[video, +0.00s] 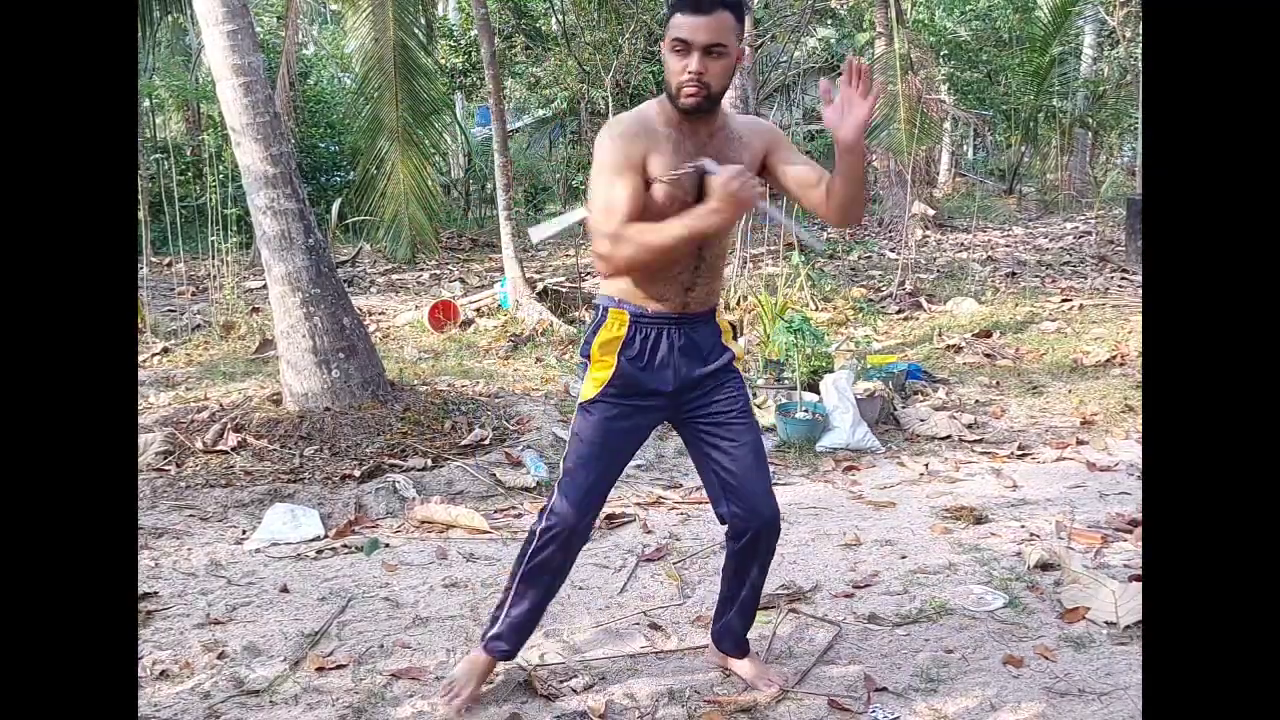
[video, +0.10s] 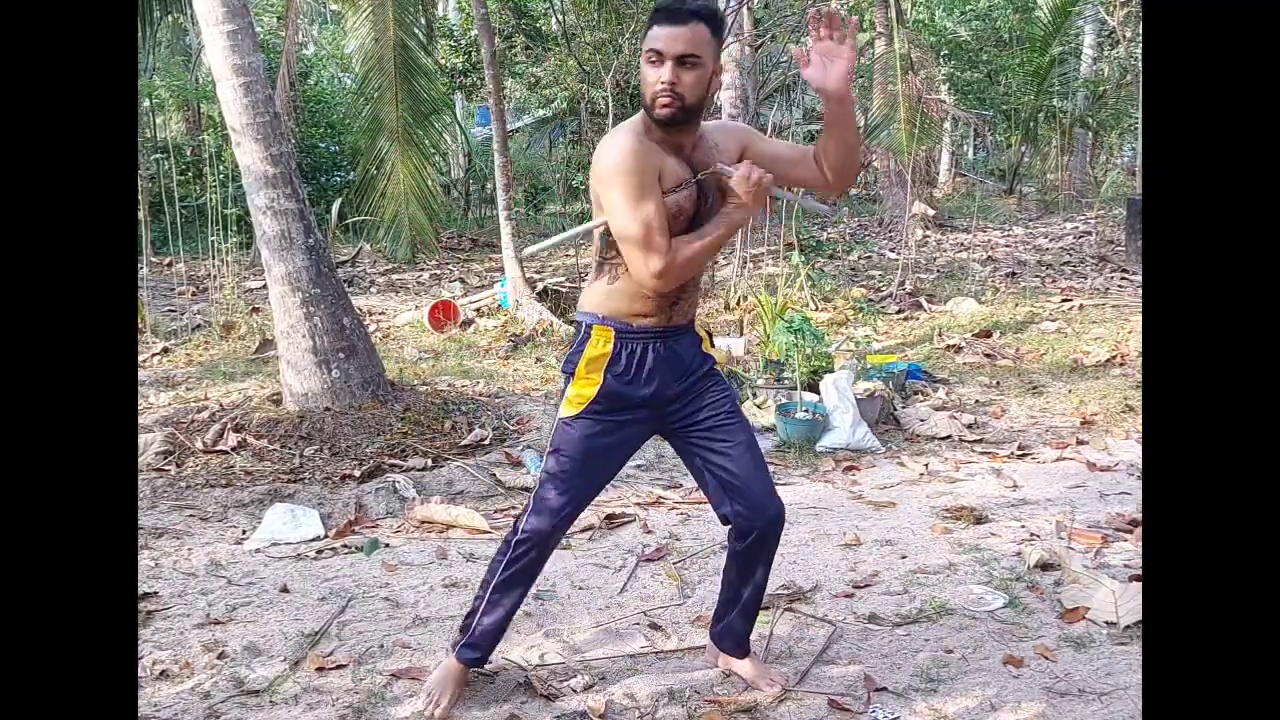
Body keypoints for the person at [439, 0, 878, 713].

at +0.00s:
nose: (694, 69)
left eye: (714, 53)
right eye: (681, 49)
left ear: (740, 55)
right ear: (662, 50)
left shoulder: (758, 137)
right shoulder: (625, 135)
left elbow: (842, 212)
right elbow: (611, 253)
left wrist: (849, 145)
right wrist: (712, 218)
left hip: (706, 347)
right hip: (625, 345)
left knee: (757, 516)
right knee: (568, 513)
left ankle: (730, 640)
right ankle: (490, 654)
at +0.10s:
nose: (667, 77)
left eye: (687, 64)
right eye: (656, 60)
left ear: (714, 73)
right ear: (640, 64)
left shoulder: (727, 142)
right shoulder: (622, 153)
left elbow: (833, 176)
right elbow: (657, 273)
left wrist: (837, 98)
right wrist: (734, 215)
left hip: (686, 358)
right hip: (609, 357)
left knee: (760, 512)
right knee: (545, 518)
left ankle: (731, 645)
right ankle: (463, 659)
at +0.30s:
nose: (534, 46)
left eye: (553, 33)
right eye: (530, 30)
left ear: (596, 42)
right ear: (524, 35)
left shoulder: (642, 128)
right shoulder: (498, 110)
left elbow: (731, 191)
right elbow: (414, 136)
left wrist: (753, 185)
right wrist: (365, 124)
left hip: (601, 332)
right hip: (518, 330)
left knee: (660, 489)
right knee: (478, 502)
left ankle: (683, 605)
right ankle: (454, 669)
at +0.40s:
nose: (502, 36)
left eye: (520, 23)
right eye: (498, 22)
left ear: (567, 31)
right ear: (491, 27)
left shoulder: (611, 122)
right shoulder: (478, 107)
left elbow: (687, 187)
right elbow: (384, 143)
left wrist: (732, 231)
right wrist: (294, 147)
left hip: (571, 330)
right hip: (491, 324)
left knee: (583, 490)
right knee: (465, 499)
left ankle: (587, 574)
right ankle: (456, 669)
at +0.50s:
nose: (451, 57)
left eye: (469, 42)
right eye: (446, 41)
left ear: (514, 49)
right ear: (446, 47)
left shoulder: (554, 135)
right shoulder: (473, 116)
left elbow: (649, 223)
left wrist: (674, 296)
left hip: (524, 342)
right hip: (454, 329)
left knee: (520, 499)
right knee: (430, 500)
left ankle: (530, 590)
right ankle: (453, 669)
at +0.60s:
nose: (434, 70)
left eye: (451, 53)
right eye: (426, 53)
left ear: (495, 53)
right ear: (420, 54)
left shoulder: (527, 137)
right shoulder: (469, 127)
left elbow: (599, 245)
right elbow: (495, 234)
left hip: (511, 350)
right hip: (446, 336)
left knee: (521, 506)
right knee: (419, 505)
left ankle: (545, 594)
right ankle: (458, 670)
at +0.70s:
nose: (417, 72)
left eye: (433, 55)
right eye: (408, 57)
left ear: (475, 55)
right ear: (402, 60)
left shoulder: (502, 132)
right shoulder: (458, 133)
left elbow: (533, 246)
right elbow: (481, 239)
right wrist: (434, 286)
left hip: (518, 344)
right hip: (455, 339)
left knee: (512, 522)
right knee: (427, 508)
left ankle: (562, 591)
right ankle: (458, 669)